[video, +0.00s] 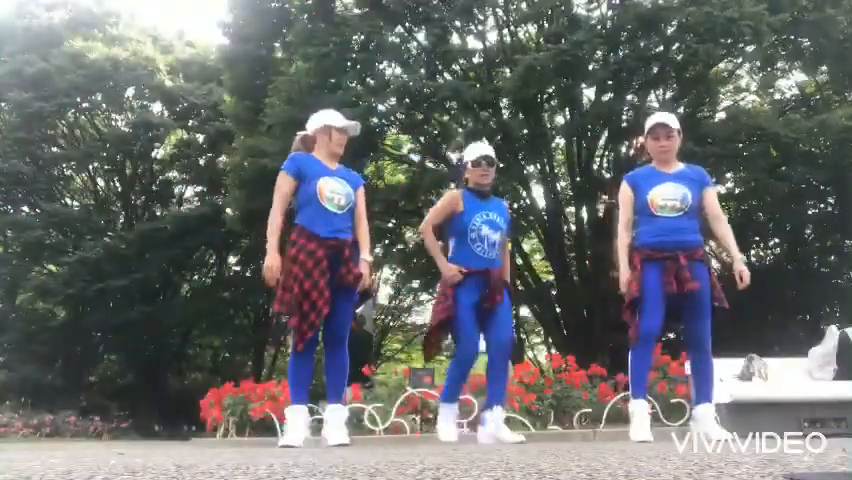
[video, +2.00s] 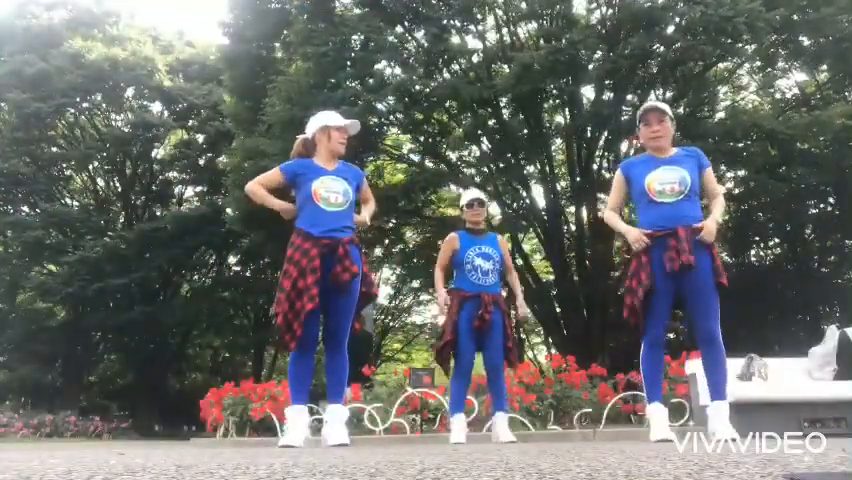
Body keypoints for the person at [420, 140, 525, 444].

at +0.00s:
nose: (484, 170)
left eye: (489, 164)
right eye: (477, 164)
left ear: (496, 170)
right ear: (466, 170)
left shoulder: (502, 207)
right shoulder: (457, 198)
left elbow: (505, 249)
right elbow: (426, 227)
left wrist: (505, 283)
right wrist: (443, 265)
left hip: (495, 281)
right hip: (465, 281)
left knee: (503, 344)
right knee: (468, 348)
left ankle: (493, 419)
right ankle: (448, 412)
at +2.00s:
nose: (476, 210)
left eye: (480, 205)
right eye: (470, 206)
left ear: (486, 210)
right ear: (462, 211)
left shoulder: (498, 241)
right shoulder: (454, 240)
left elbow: (510, 272)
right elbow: (440, 269)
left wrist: (519, 299)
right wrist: (440, 293)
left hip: (494, 304)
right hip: (465, 303)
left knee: (495, 362)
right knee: (465, 361)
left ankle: (500, 421)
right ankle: (457, 420)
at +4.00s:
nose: (481, 215)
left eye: (485, 211)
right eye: (475, 211)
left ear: (492, 215)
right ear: (466, 216)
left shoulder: (502, 239)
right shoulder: (460, 242)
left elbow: (523, 266)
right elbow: (441, 268)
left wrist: (505, 253)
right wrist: (461, 251)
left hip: (496, 305)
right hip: (468, 305)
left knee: (497, 364)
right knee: (463, 363)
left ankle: (501, 423)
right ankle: (456, 422)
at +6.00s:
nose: (468, 215)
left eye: (473, 212)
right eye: (463, 211)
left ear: (479, 218)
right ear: (455, 216)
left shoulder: (489, 243)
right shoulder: (443, 245)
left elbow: (500, 273)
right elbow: (437, 278)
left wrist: (508, 300)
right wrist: (438, 306)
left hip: (486, 306)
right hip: (456, 307)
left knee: (488, 362)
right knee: (458, 362)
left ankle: (490, 422)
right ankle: (451, 421)